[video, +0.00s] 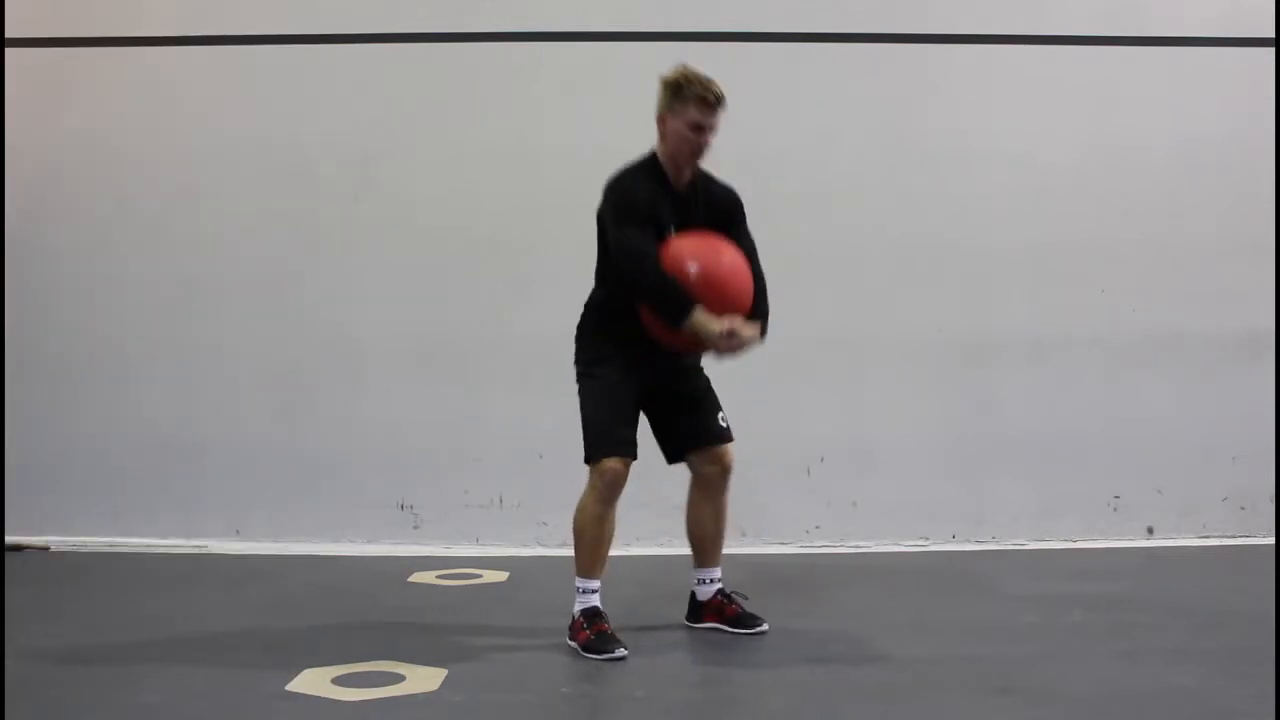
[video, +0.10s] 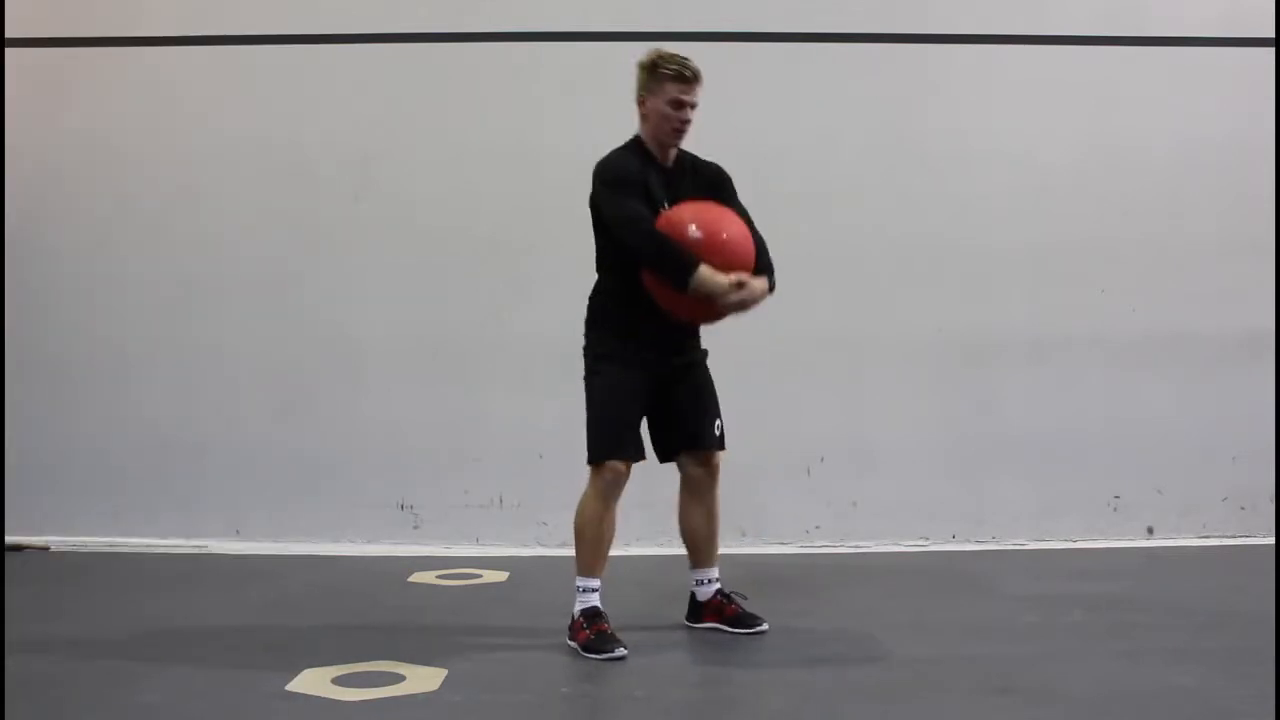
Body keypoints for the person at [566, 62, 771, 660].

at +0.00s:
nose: (703, 140)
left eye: (711, 130)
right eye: (694, 128)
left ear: (717, 130)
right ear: (662, 123)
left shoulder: (720, 201)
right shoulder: (627, 191)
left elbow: (750, 276)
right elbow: (633, 270)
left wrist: (752, 324)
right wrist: (698, 319)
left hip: (673, 347)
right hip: (611, 343)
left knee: (715, 460)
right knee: (610, 469)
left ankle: (708, 598)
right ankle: (586, 611)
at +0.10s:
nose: (684, 116)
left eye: (691, 106)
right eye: (672, 105)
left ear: (696, 109)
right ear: (642, 105)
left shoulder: (710, 177)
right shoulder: (615, 173)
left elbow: (752, 246)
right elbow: (639, 241)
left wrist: (758, 282)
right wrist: (713, 283)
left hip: (680, 338)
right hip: (618, 339)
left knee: (703, 460)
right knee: (612, 468)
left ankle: (707, 597)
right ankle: (587, 611)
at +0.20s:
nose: (673, 115)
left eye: (680, 105)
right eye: (662, 103)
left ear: (686, 107)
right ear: (632, 103)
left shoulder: (704, 175)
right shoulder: (610, 172)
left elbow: (752, 236)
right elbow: (638, 233)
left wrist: (764, 267)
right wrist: (714, 268)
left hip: (685, 337)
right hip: (622, 339)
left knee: (706, 462)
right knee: (616, 468)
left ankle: (707, 598)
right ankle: (587, 612)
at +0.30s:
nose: (667, 117)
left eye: (674, 107)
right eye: (657, 106)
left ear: (679, 111)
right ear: (626, 107)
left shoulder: (697, 177)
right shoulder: (606, 175)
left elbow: (751, 233)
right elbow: (640, 232)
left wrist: (762, 263)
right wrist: (723, 264)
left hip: (688, 340)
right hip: (626, 343)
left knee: (714, 462)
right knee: (620, 471)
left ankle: (708, 598)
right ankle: (588, 612)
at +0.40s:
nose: (669, 116)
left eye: (676, 106)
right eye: (658, 105)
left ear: (681, 109)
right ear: (627, 106)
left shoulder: (699, 176)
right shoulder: (607, 175)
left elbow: (751, 235)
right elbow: (640, 232)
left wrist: (764, 266)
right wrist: (720, 268)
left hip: (688, 342)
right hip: (627, 345)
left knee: (711, 463)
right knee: (619, 471)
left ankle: (708, 598)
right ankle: (588, 612)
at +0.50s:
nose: (683, 115)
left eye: (690, 105)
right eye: (672, 103)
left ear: (696, 107)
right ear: (641, 102)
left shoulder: (710, 175)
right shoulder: (617, 171)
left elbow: (753, 243)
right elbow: (640, 238)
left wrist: (760, 282)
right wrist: (713, 281)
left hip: (681, 340)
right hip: (620, 340)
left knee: (702, 463)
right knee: (611, 468)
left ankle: (708, 597)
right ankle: (587, 611)